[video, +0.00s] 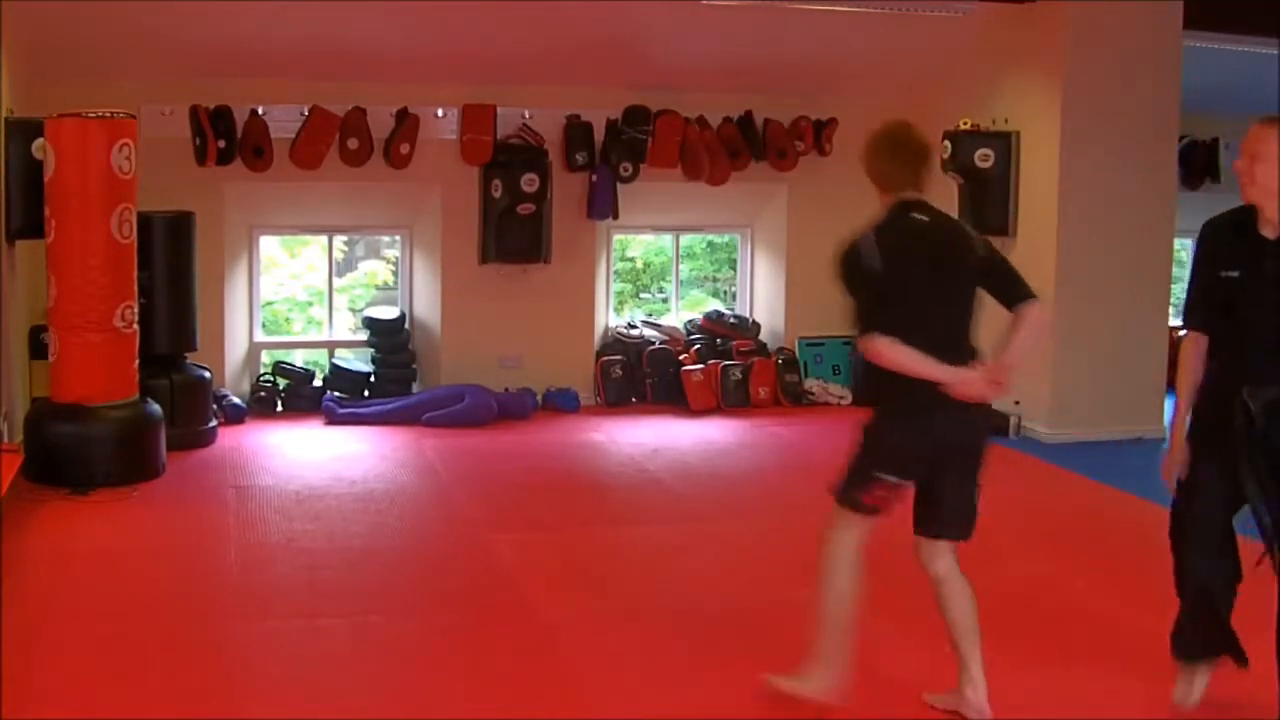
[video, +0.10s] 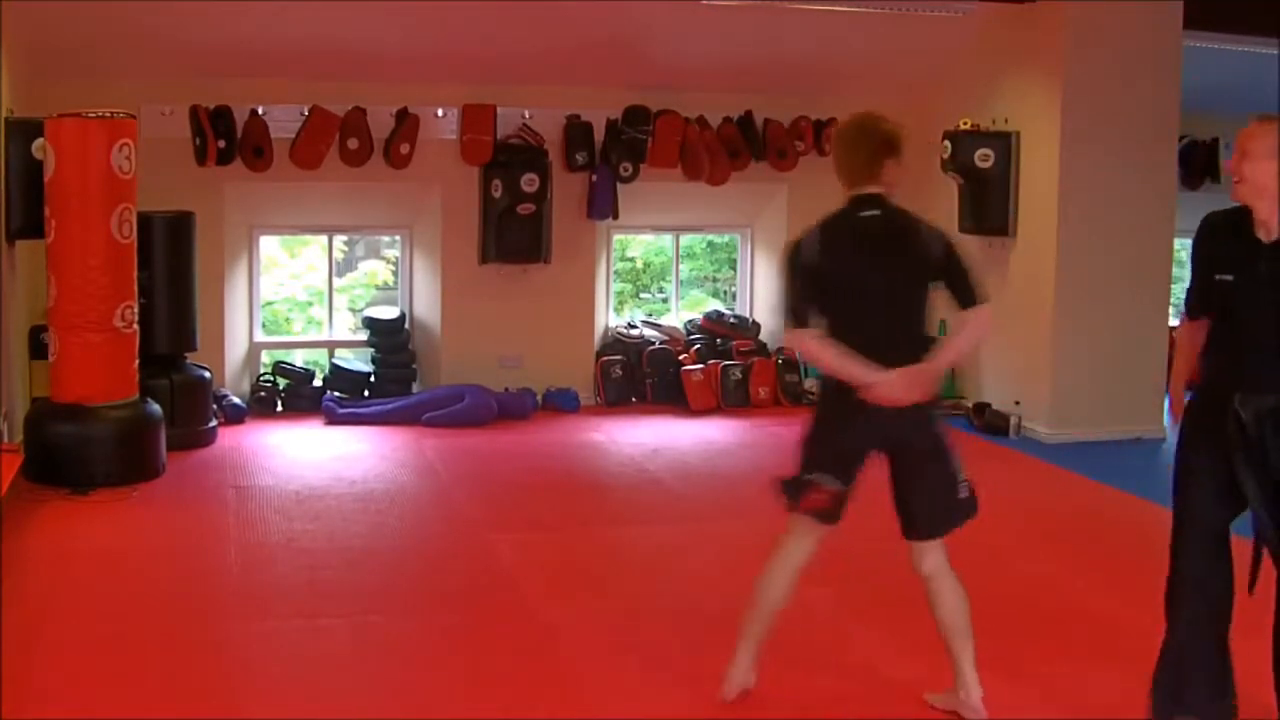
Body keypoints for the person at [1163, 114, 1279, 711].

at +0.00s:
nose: (1241, 166)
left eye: (1255, 157)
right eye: (1242, 155)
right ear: (1242, 164)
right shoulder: (1223, 233)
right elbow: (1197, 337)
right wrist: (1179, 431)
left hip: (1274, 422)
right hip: (1227, 414)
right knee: (1196, 517)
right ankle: (1199, 645)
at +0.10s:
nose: (1232, 165)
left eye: (1247, 155)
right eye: (1233, 154)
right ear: (1239, 163)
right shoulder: (1220, 231)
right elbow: (1196, 321)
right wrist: (1178, 391)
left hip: (1270, 423)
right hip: (1219, 416)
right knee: (1195, 566)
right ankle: (1193, 705)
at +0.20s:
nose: (1211, 169)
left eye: (1226, 160)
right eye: (1215, 159)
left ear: (1267, 176)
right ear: (1238, 177)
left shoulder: (1278, 253)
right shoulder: (1203, 240)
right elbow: (1189, 316)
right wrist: (1181, 357)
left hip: (1268, 445)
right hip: (1205, 434)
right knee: (1187, 596)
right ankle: (1164, 712)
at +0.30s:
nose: (1178, 180)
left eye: (1192, 170)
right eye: (1181, 169)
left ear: (1238, 183)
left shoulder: (1275, 254)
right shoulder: (1171, 254)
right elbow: (1166, 334)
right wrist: (1171, 400)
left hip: (1265, 450)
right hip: (1191, 444)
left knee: (1277, 605)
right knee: (1173, 609)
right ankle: (1163, 715)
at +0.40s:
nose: (1142, 188)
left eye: (1154, 177)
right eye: (1144, 176)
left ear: (1198, 184)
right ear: (1180, 185)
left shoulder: (1264, 260)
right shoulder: (1137, 262)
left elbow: (1275, 362)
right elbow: (1130, 357)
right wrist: (1124, 431)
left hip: (1244, 456)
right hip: (1158, 453)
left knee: (1260, 622)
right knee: (1147, 616)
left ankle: (1276, 703)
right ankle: (1162, 714)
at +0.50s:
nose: (1115, 179)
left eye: (1127, 166)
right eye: (1116, 166)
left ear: (1171, 171)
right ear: (1159, 174)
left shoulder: (1243, 252)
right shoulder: (1113, 254)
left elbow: (1266, 361)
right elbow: (1091, 370)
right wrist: (1066, 468)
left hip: (1212, 456)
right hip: (1128, 453)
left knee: (1215, 629)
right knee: (1133, 635)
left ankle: (1269, 700)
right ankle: (1147, 716)